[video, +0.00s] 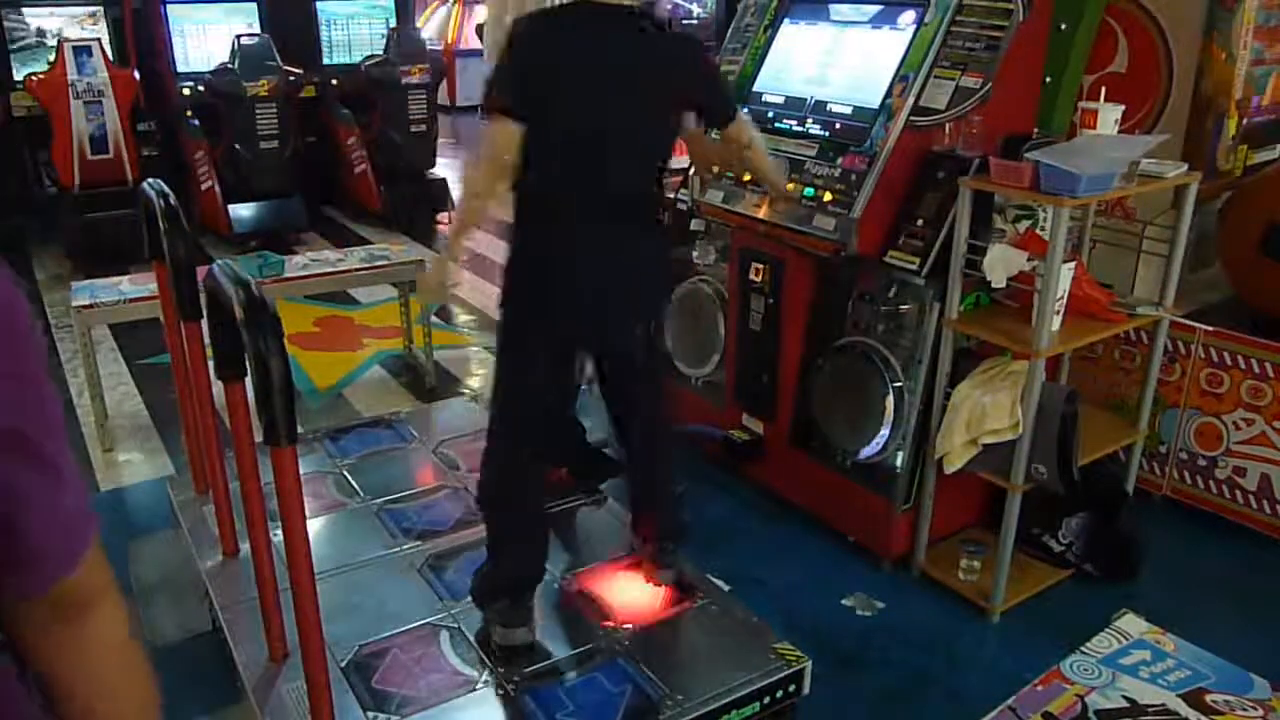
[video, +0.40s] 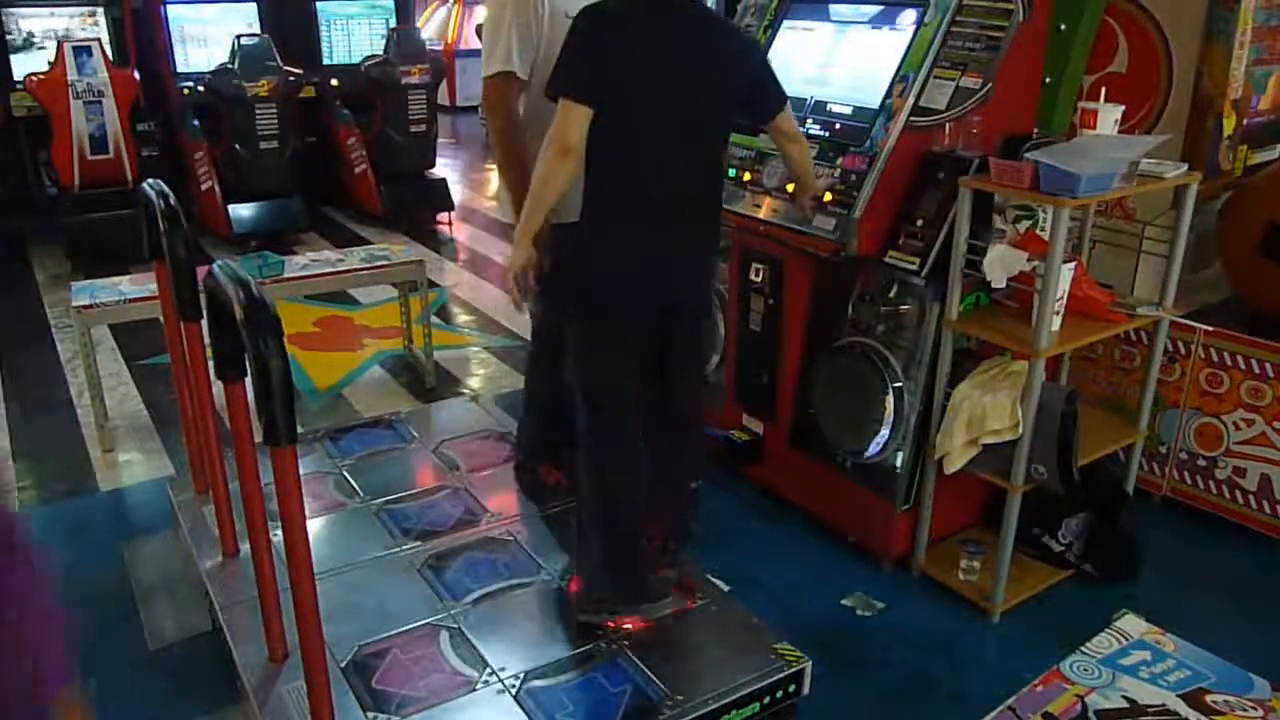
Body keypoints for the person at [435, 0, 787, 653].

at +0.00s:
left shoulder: (536, 35)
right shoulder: (675, 49)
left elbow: (498, 158)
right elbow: (742, 143)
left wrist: (450, 250)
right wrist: (777, 186)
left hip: (544, 269)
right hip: (634, 269)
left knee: (518, 431)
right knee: (643, 408)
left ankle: (510, 606)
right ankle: (660, 550)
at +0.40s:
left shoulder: (601, 24)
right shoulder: (732, 42)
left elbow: (566, 145)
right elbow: (791, 141)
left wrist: (525, 234)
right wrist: (807, 182)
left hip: (606, 252)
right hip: (688, 261)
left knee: (604, 413)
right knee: (676, 404)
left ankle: (614, 579)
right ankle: (667, 550)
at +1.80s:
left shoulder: (664, 42)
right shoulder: (769, 40)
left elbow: (655, 181)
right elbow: (809, 148)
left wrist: (615, 284)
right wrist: (808, 189)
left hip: (687, 270)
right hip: (750, 267)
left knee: (706, 424)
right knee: (696, 413)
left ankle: (751, 569)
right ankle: (665, 537)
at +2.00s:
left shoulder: (675, 48)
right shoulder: (778, 41)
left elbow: (670, 183)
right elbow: (814, 152)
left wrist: (636, 287)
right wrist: (809, 188)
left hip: (700, 269)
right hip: (765, 266)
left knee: (720, 425)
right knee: (705, 414)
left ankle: (755, 572)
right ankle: (664, 537)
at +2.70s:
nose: (643, 5)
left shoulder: (718, 57)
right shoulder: (713, 52)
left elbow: (725, 202)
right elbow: (695, 164)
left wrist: (664, 314)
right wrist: (631, 130)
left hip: (725, 301)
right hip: (704, 291)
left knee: (730, 446)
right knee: (662, 421)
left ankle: (759, 583)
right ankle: (656, 548)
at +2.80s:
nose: (632, 3)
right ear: (664, 1)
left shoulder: (718, 58)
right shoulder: (684, 57)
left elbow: (731, 199)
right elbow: (681, 170)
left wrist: (676, 317)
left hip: (728, 299)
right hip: (684, 288)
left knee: (728, 445)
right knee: (638, 422)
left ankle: (760, 578)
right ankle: (645, 546)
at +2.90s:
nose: (615, 5)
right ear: (627, 4)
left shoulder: (707, 58)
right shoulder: (649, 54)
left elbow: (731, 196)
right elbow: (667, 160)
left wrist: (685, 317)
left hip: (714, 296)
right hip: (657, 291)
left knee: (720, 444)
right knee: (625, 426)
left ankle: (758, 574)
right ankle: (624, 548)